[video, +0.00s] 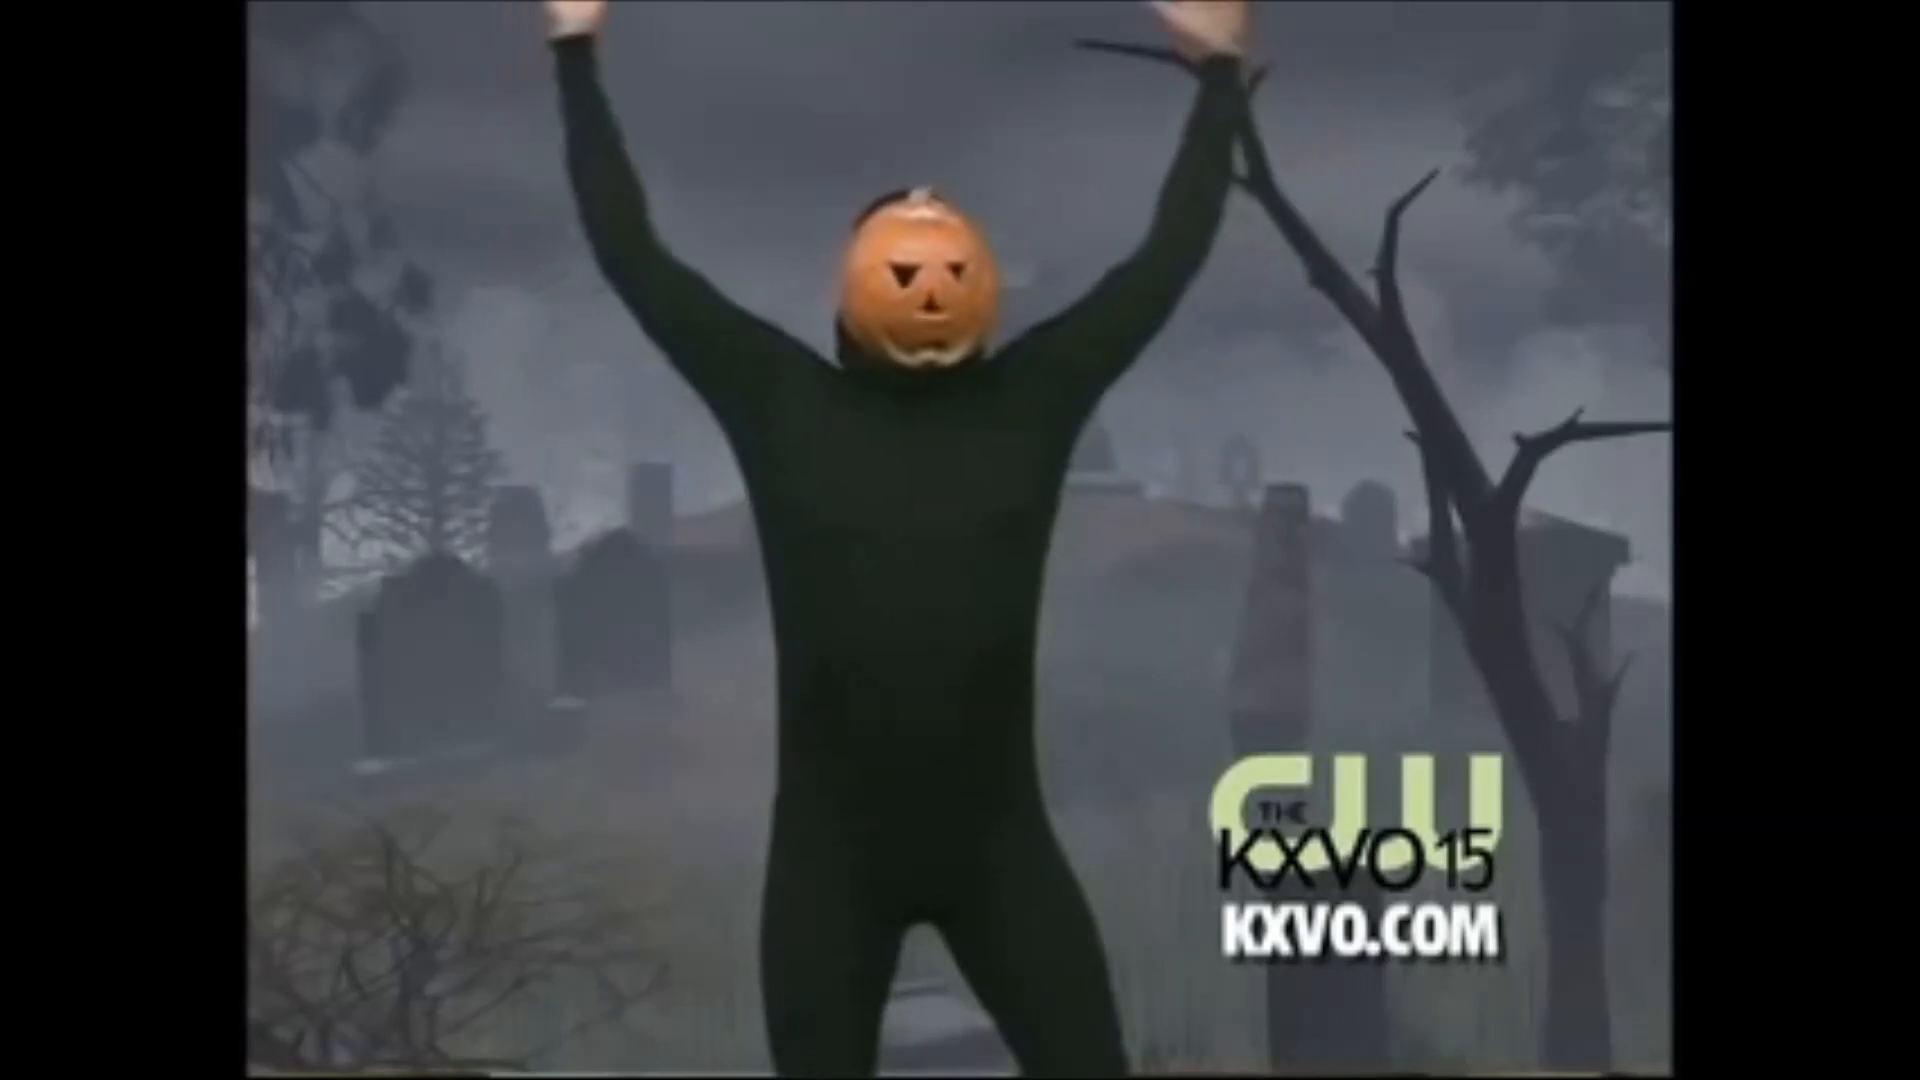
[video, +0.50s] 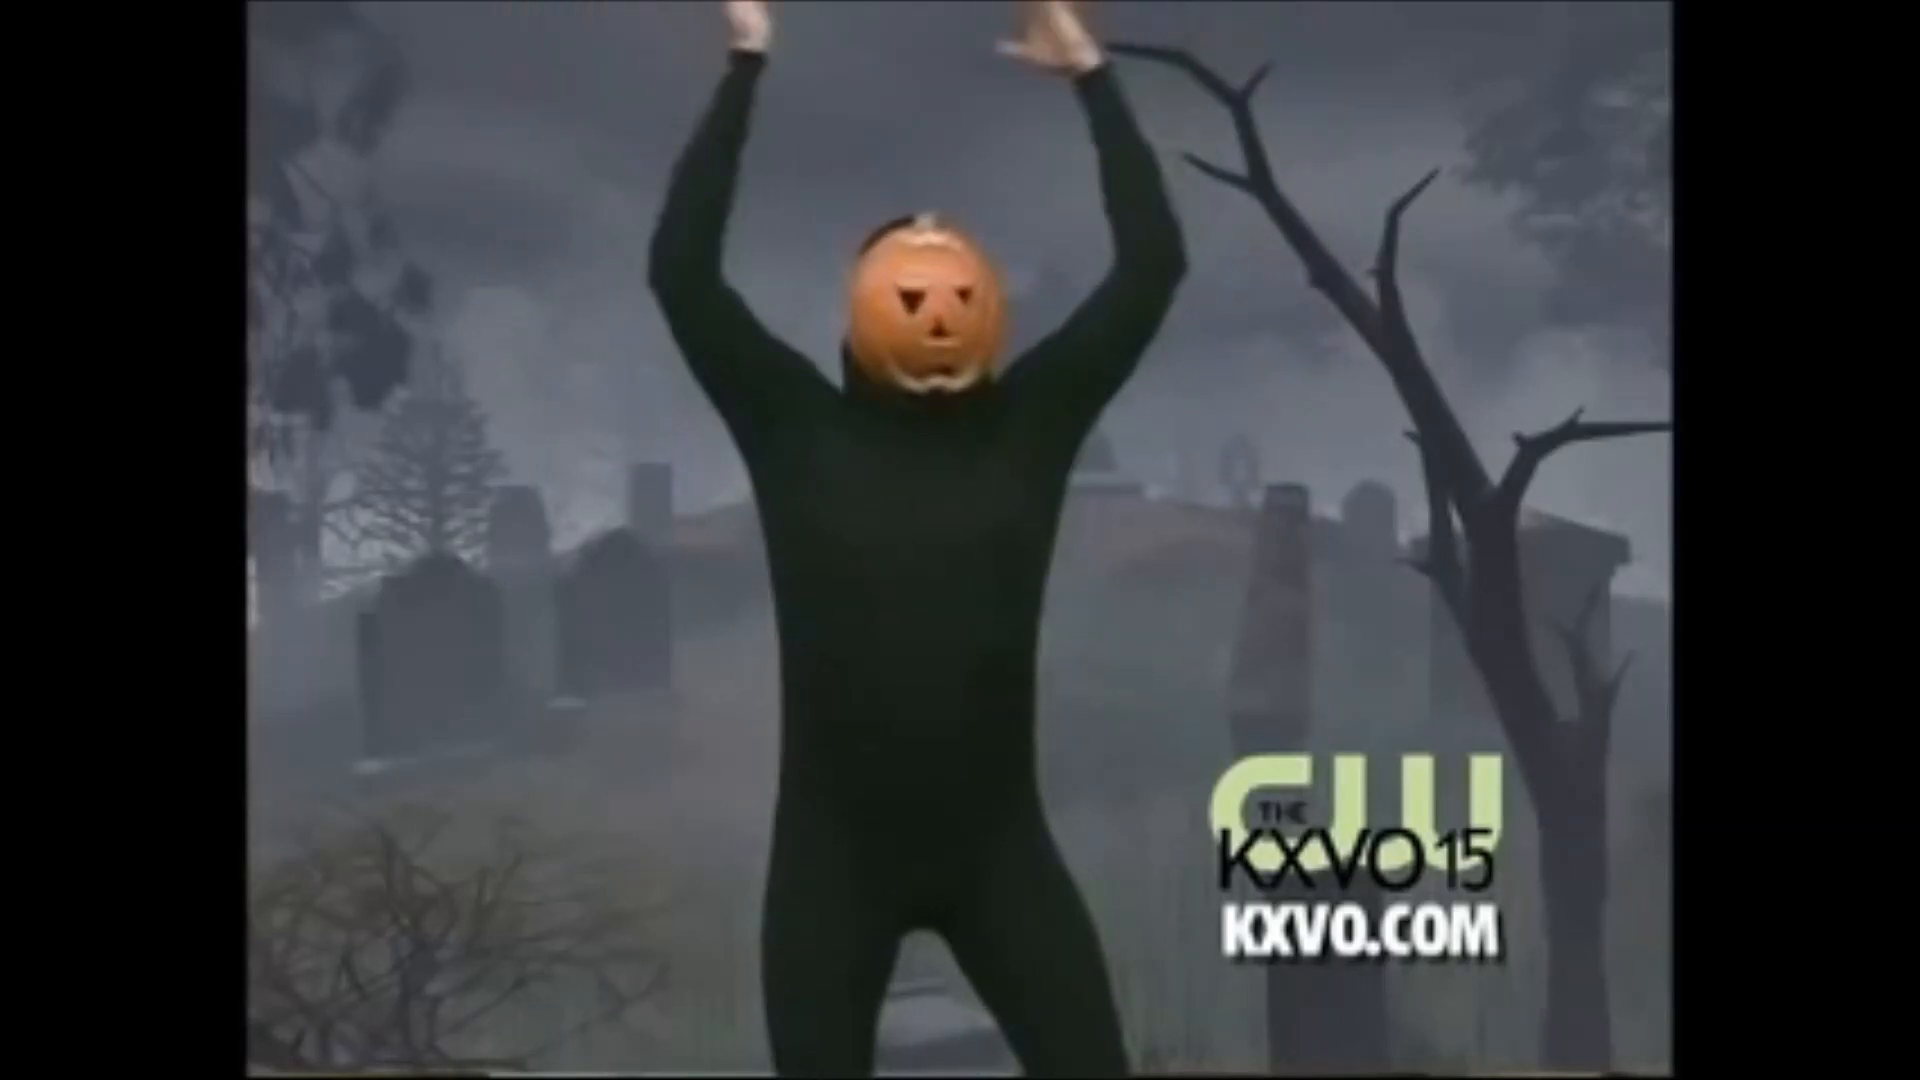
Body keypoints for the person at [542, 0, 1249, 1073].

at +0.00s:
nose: (928, 284)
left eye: (953, 270)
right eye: (897, 267)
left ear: (991, 303)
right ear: (843, 302)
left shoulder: (1035, 399)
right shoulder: (777, 400)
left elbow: (1168, 258)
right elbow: (630, 253)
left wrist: (1223, 70)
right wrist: (574, 50)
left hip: (998, 837)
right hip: (830, 843)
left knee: (1088, 1064)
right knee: (818, 1067)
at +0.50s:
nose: (934, 298)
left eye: (960, 286)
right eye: (901, 284)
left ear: (998, 328)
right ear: (853, 330)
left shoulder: (1033, 425)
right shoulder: (791, 422)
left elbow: (1151, 260)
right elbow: (682, 267)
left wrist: (1090, 71)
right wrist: (744, 62)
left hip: (999, 845)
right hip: (831, 851)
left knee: (1091, 1066)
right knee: (817, 1066)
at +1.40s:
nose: (943, 346)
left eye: (967, 328)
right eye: (911, 328)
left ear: (1002, 358)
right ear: (858, 358)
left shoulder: (1049, 465)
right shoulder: (783, 471)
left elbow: (1221, 372)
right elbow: (610, 396)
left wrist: (1169, 230)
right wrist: (683, 229)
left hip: (998, 861)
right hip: (835, 868)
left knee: (1083, 1065)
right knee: (825, 1068)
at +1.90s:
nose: (939, 353)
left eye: (965, 331)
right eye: (905, 332)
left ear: (1001, 362)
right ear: (853, 366)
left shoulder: (1057, 481)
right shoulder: (775, 487)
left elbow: (1241, 465)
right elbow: (578, 495)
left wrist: (1280, 311)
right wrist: (557, 321)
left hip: (995, 865)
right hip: (831, 871)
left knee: (1078, 1066)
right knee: (824, 1067)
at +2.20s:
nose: (930, 349)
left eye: (956, 331)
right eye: (899, 332)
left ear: (992, 364)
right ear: (848, 368)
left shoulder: (1047, 494)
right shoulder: (777, 503)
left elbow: (1232, 524)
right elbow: (585, 584)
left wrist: (1344, 385)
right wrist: (472, 431)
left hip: (989, 866)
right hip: (825, 873)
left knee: (1067, 1064)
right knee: (822, 1070)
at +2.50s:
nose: (908, 337)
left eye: (935, 324)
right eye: (877, 326)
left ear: (972, 368)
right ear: (833, 370)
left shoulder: (1029, 503)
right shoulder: (768, 516)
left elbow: (1202, 575)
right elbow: (622, 656)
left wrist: (1365, 496)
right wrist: (439, 610)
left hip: (979, 871)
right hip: (817, 876)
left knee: (1059, 1062)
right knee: (813, 1072)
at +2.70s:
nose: (895, 340)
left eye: (920, 324)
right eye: (864, 329)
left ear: (958, 366)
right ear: (822, 370)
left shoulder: (1012, 504)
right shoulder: (757, 522)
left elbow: (1166, 600)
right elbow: (636, 690)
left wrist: (1337, 579)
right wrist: (462, 731)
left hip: (973, 872)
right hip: (813, 878)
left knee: (1052, 1065)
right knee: (812, 1074)